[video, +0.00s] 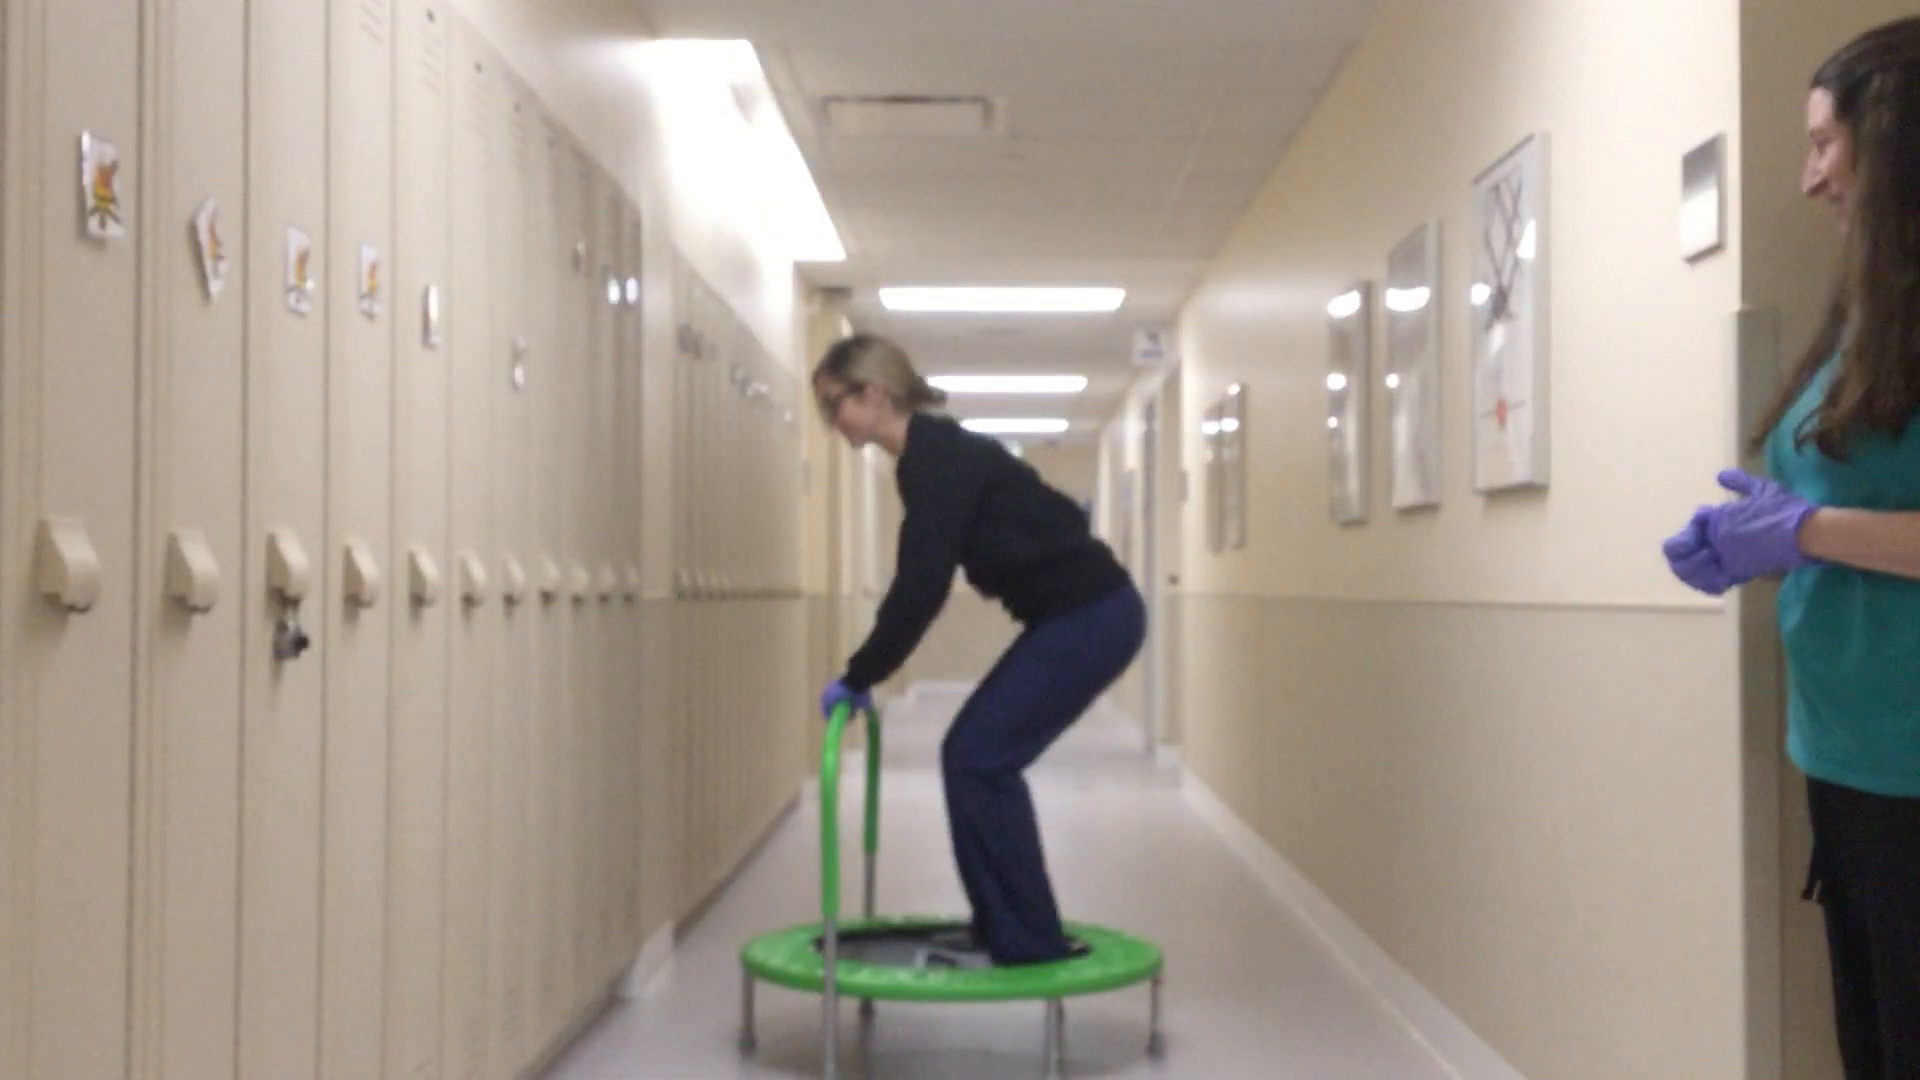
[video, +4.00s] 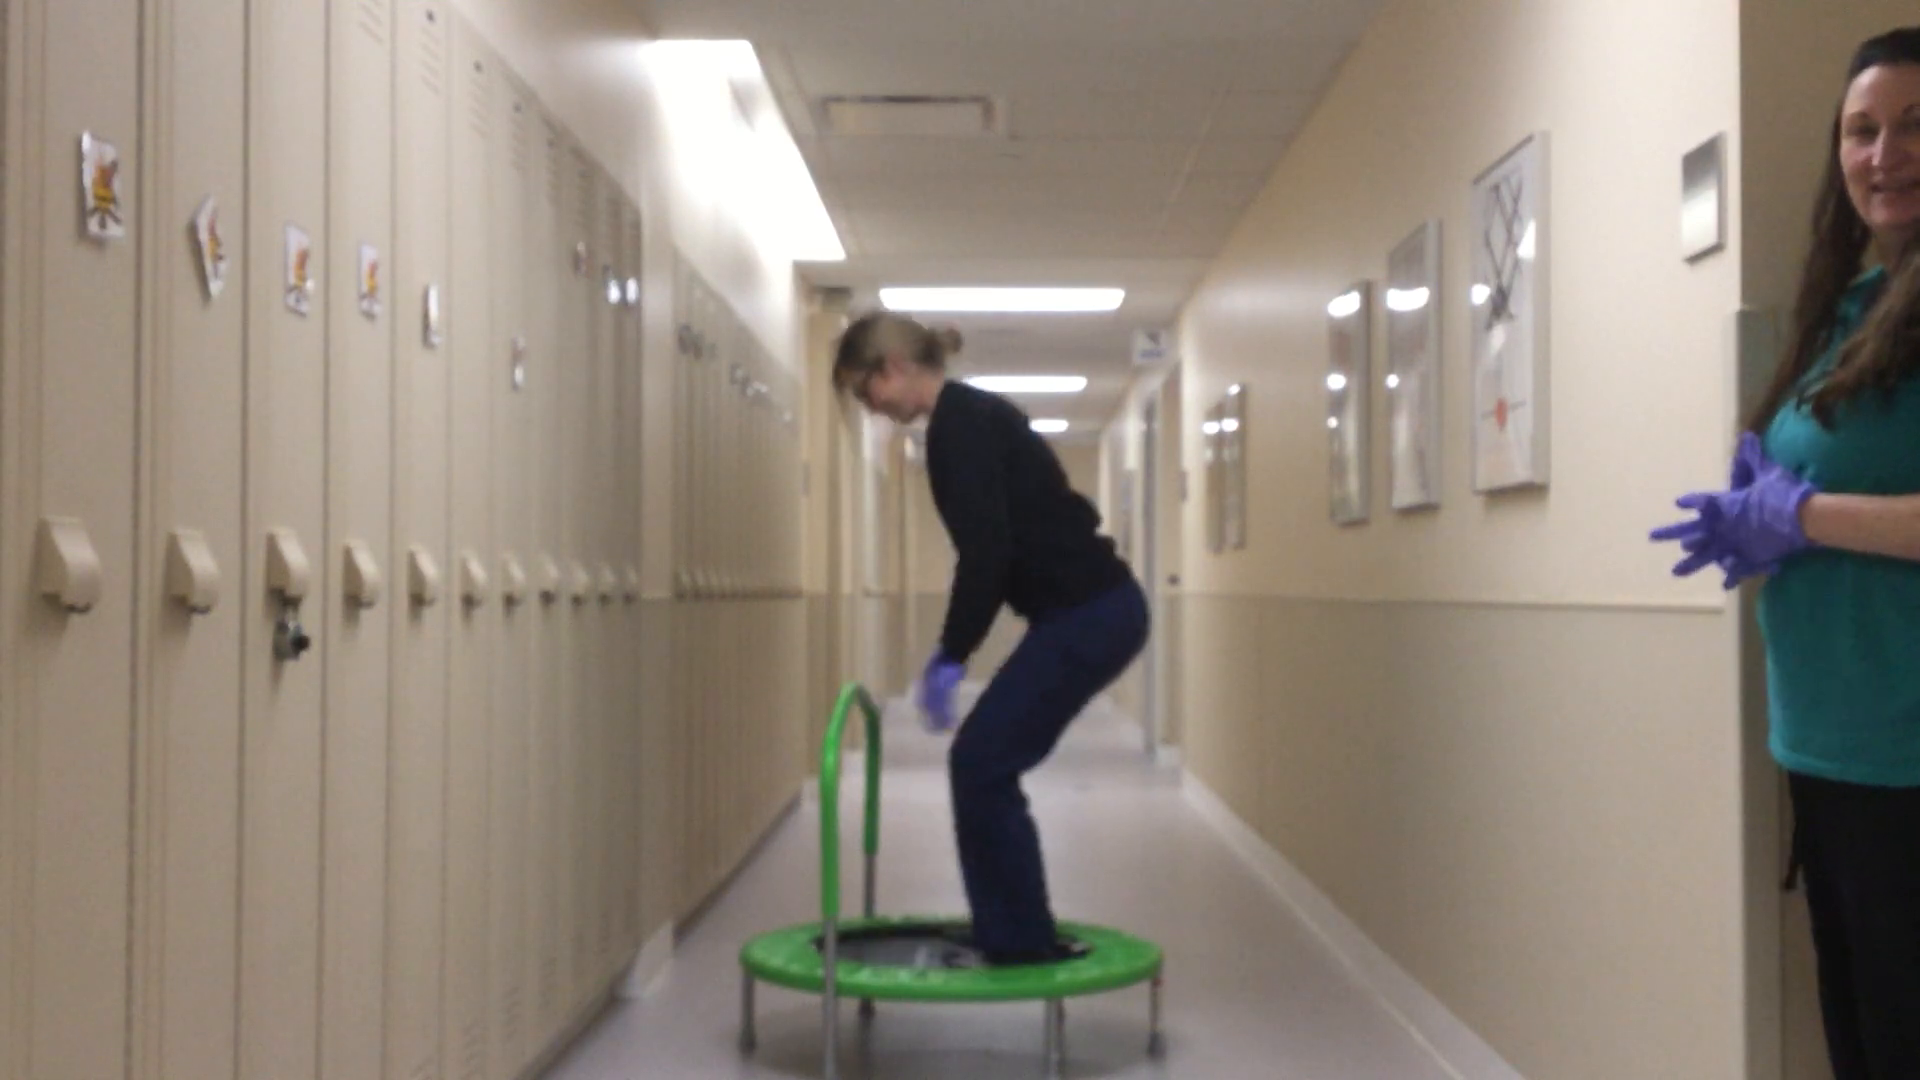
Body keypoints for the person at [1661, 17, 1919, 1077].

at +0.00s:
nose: (1810, 174)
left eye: (1827, 142)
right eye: (1811, 144)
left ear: (1894, 144)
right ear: (1879, 151)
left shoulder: (1910, 328)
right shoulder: (1859, 322)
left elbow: (1919, 536)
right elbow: (1836, 494)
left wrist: (1805, 532)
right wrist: (1767, 510)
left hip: (1906, 768)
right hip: (1842, 759)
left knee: (1904, 1044)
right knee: (1867, 1043)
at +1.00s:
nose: (1836, 166)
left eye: (1853, 133)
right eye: (1840, 133)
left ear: (1904, 140)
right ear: (1884, 142)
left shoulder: (1907, 314)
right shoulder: (1871, 311)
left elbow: (1913, 530)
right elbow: (1867, 507)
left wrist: (1795, 520)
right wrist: (1771, 526)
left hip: (1899, 764)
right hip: (1837, 755)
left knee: (1894, 1040)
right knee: (1861, 1038)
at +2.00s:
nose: (1849, 182)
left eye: (1864, 151)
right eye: (1853, 151)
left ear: (1913, 159)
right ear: (1886, 161)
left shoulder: (1911, 341)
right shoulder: (1870, 334)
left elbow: (1916, 550)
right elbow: (1850, 508)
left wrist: (1787, 529)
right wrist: (1738, 536)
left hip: (1883, 762)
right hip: (1797, 749)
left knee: (1874, 1039)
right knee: (1807, 1031)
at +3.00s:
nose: (1827, 151)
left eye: (1855, 121)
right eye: (1826, 126)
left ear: (1918, 135)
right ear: (1842, 142)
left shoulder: (1908, 311)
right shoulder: (1853, 310)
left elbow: (1914, 530)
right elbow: (1792, 465)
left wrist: (1780, 518)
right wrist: (1742, 508)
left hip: (1891, 758)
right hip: (1812, 751)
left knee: (1889, 1040)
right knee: (1835, 1037)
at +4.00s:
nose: (1885, 154)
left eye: (1910, 128)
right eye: (1863, 130)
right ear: (1837, 152)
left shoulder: (1918, 296)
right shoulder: (1843, 300)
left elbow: (1915, 519)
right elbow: (1808, 457)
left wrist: (1800, 515)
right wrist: (1759, 487)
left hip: (1899, 745)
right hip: (1823, 738)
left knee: (1896, 1029)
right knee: (1856, 1030)